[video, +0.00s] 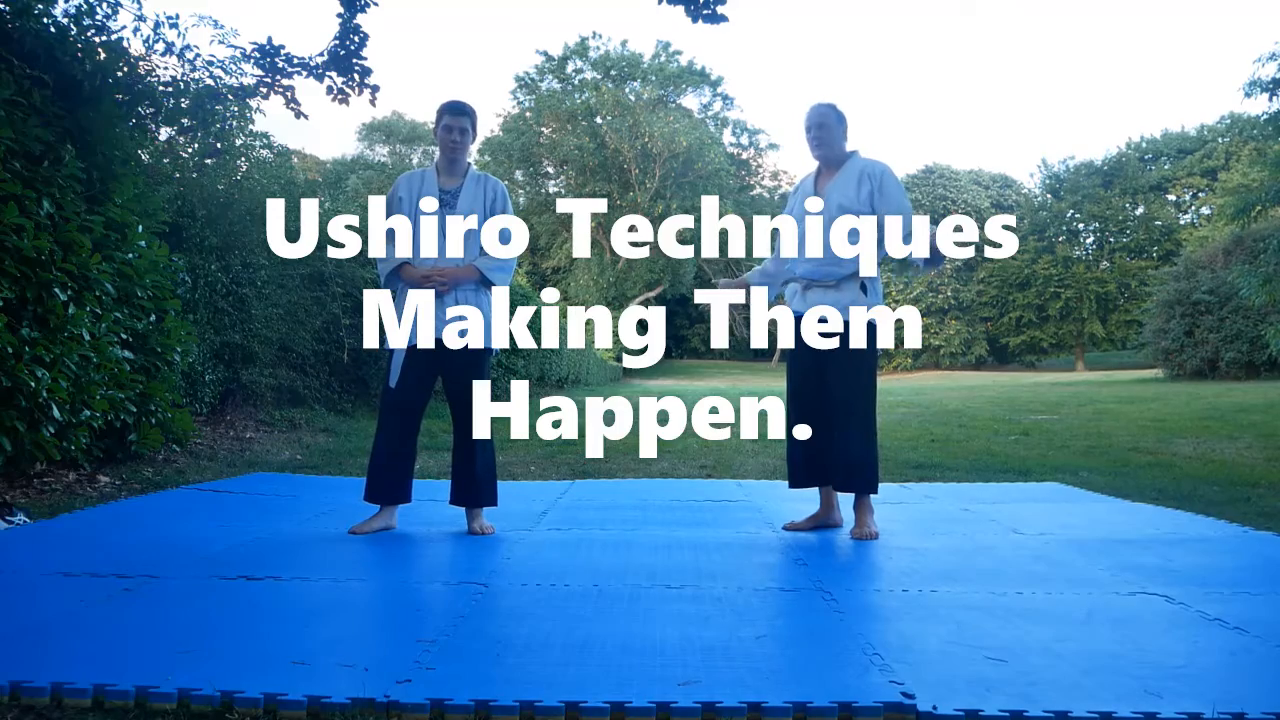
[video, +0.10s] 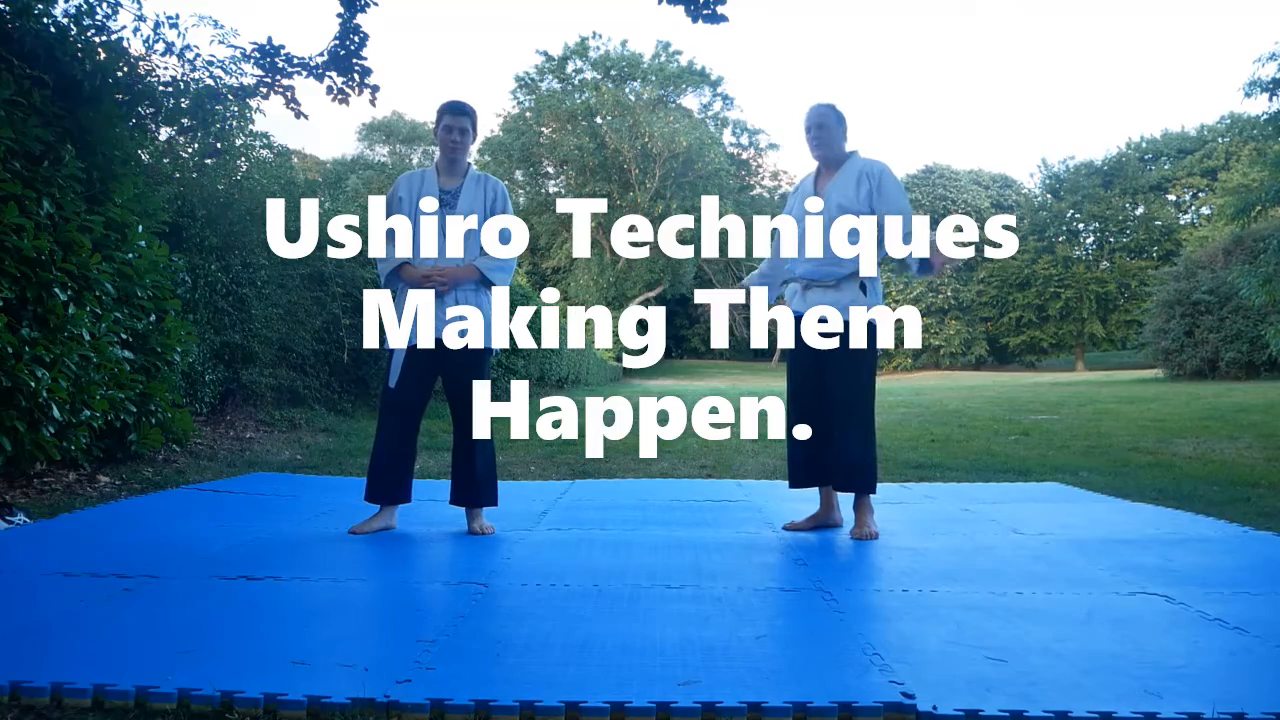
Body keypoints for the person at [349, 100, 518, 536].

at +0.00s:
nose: (455, 137)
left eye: (463, 131)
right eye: (448, 129)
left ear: (474, 139)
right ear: (435, 133)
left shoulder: (492, 190)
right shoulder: (406, 185)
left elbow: (504, 258)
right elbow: (388, 253)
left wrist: (457, 273)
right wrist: (416, 275)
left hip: (470, 321)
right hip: (414, 319)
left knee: (472, 415)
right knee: (398, 411)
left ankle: (475, 512)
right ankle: (387, 510)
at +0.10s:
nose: (455, 137)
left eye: (463, 131)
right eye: (448, 129)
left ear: (474, 139)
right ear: (435, 133)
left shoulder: (492, 190)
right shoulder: (406, 185)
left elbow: (504, 258)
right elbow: (388, 252)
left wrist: (459, 273)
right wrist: (415, 275)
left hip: (470, 321)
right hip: (414, 319)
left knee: (472, 415)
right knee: (398, 411)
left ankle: (475, 513)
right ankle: (387, 510)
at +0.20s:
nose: (455, 137)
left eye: (464, 131)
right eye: (449, 129)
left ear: (475, 139)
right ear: (435, 133)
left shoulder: (492, 190)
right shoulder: (406, 185)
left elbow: (504, 258)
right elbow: (388, 254)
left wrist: (458, 274)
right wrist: (417, 276)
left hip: (470, 322)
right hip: (414, 320)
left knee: (473, 415)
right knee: (398, 411)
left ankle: (475, 513)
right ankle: (387, 510)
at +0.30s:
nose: (455, 137)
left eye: (464, 131)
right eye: (449, 129)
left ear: (475, 139)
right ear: (435, 134)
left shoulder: (492, 190)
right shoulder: (406, 186)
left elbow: (504, 258)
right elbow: (388, 254)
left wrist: (459, 273)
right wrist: (419, 276)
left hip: (470, 322)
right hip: (414, 319)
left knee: (473, 415)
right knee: (398, 411)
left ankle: (475, 513)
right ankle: (387, 510)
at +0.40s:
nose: (455, 137)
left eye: (464, 131)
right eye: (449, 129)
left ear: (475, 139)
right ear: (435, 134)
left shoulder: (492, 190)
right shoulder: (406, 186)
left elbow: (504, 258)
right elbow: (388, 254)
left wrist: (459, 273)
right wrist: (418, 276)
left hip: (470, 321)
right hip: (414, 319)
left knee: (473, 414)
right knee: (398, 411)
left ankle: (475, 513)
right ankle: (387, 510)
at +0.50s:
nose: (456, 137)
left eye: (464, 131)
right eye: (449, 129)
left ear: (475, 139)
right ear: (435, 133)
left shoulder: (492, 190)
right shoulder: (406, 186)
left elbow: (504, 259)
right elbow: (389, 256)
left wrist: (457, 274)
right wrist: (421, 277)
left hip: (470, 322)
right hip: (414, 320)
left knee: (473, 415)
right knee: (399, 411)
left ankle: (475, 512)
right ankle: (387, 510)